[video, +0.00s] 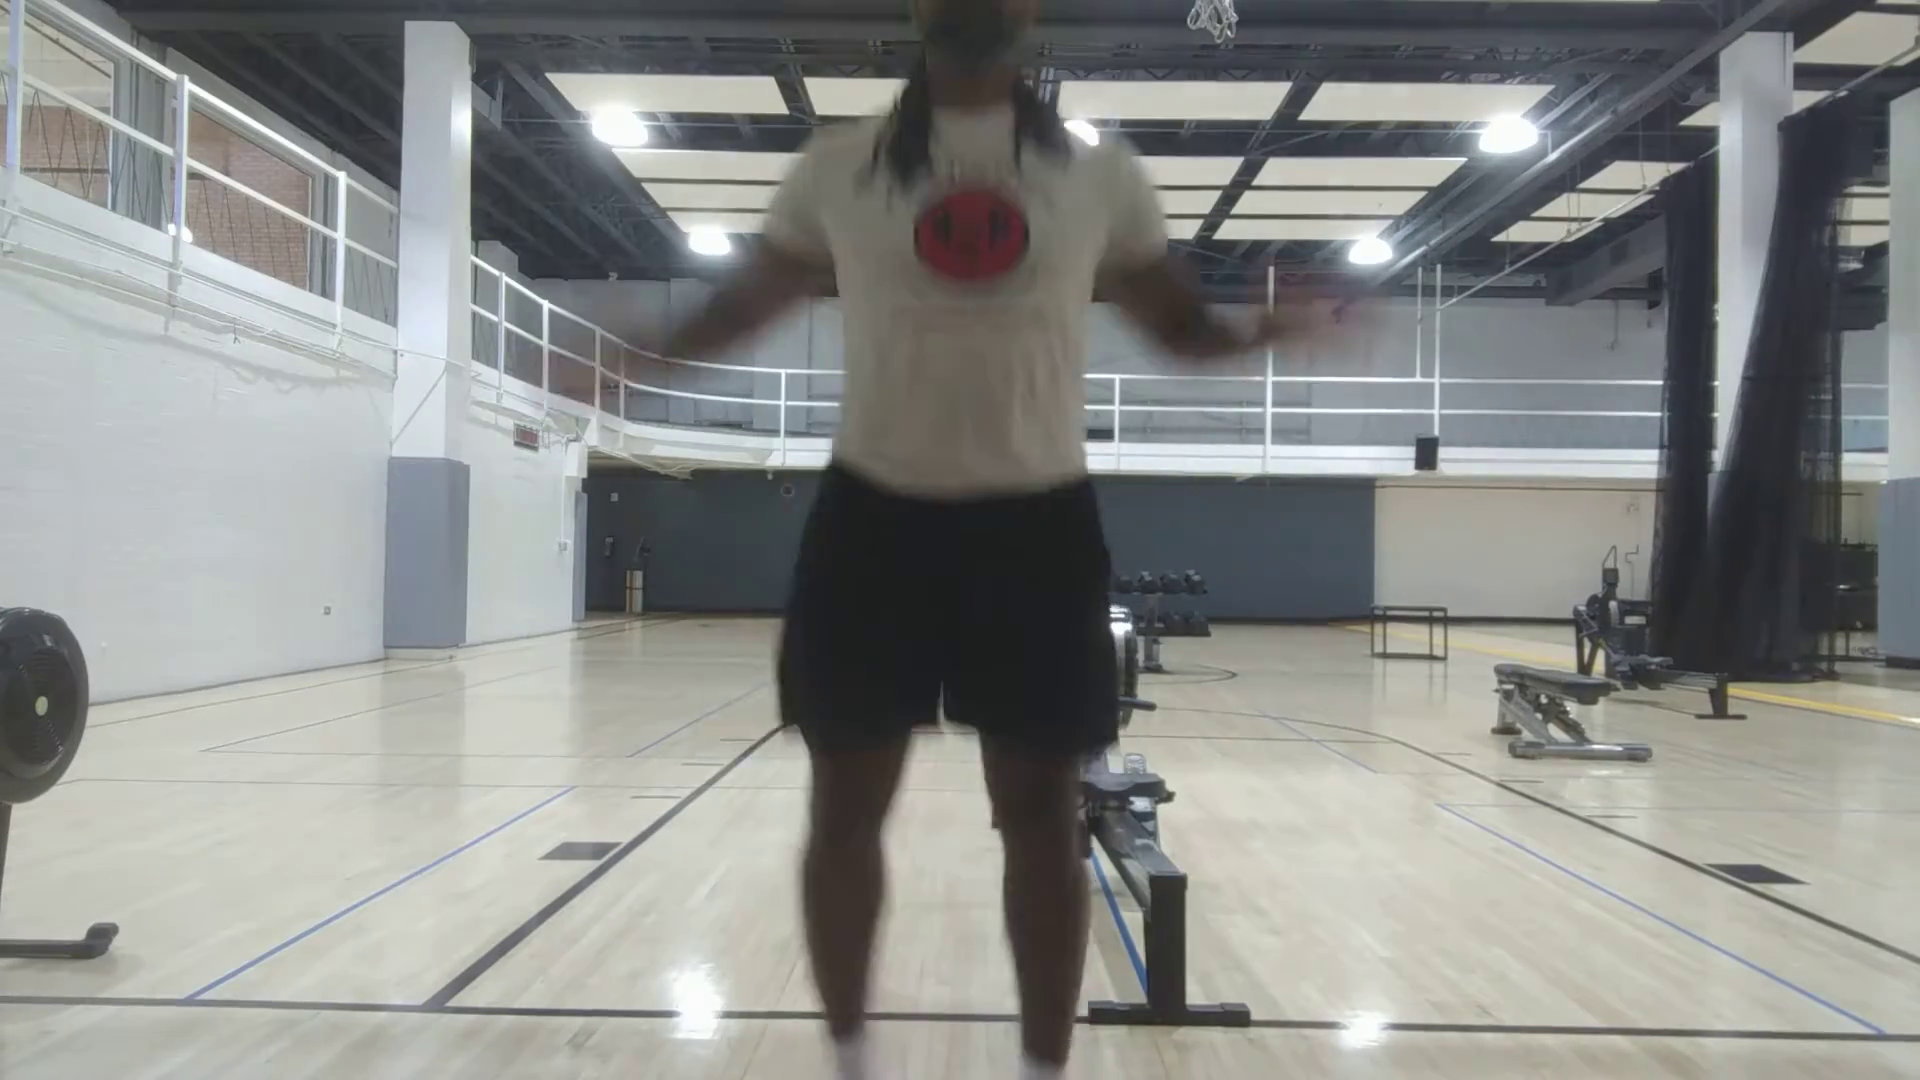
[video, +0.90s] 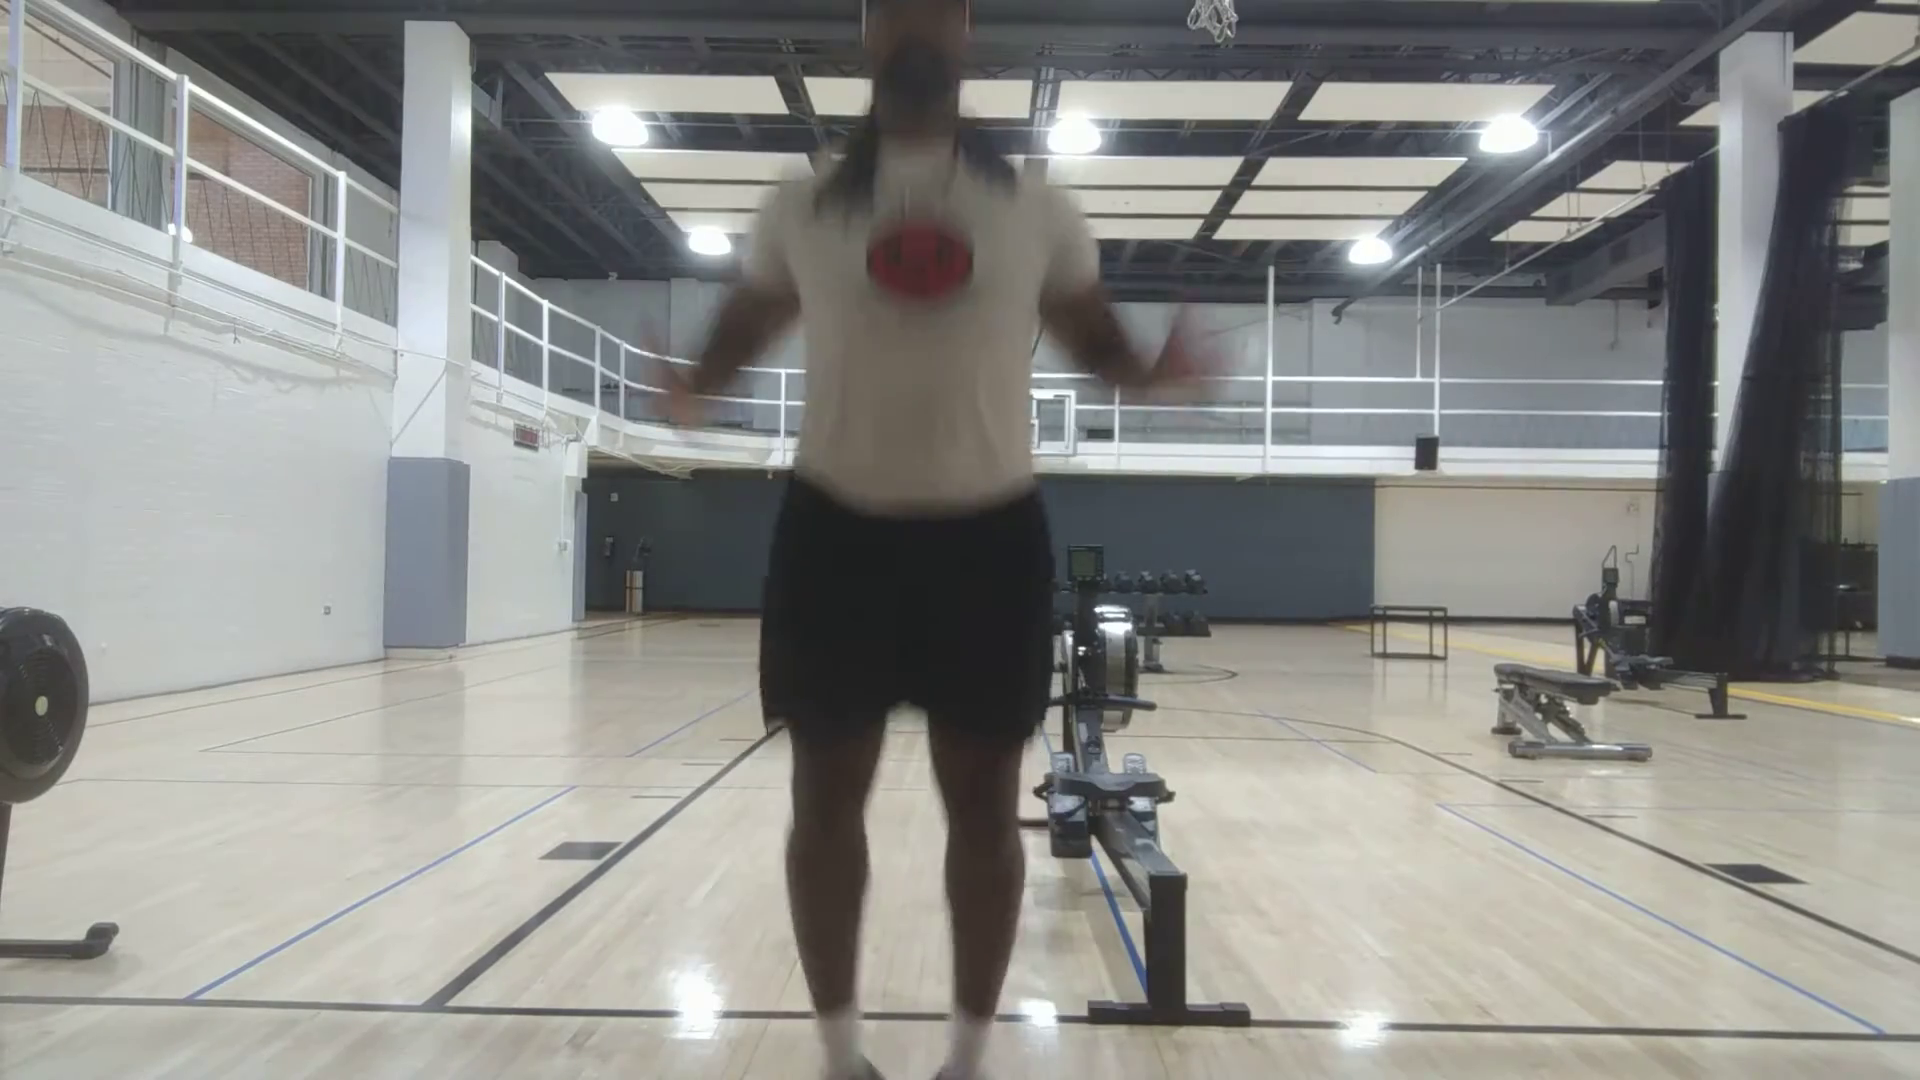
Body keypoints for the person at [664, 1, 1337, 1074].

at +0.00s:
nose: (974, 14)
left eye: (999, 4)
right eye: (954, 1)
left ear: (1033, 24)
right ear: (916, 17)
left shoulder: (1098, 177)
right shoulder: (844, 163)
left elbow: (1189, 332)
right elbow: (739, 309)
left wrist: (1274, 328)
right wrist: (642, 358)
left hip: (1035, 529)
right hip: (875, 524)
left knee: (1040, 816)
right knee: (845, 805)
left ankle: (1046, 1066)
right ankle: (848, 1056)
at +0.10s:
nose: (949, 19)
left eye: (970, 10)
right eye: (935, 10)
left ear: (1014, 21)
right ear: (912, 24)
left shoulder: (1092, 125)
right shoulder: (841, 127)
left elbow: (1236, 241)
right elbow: (668, 236)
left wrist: (1311, 146)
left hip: (1029, 495)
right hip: (865, 488)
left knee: (1063, 802)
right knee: (800, 782)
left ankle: (1090, 1056)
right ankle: (750, 1046)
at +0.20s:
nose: (955, 25)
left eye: (978, 11)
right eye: (933, 9)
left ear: (1008, 38)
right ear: (898, 35)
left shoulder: (1083, 170)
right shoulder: (827, 170)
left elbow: (1268, 166)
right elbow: (644, 178)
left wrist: (1259, 48)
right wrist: (607, 40)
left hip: (1023, 552)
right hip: (857, 543)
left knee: (1084, 842)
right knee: (758, 818)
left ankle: (1129, 1066)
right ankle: (666, 1050)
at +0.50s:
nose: (939, 23)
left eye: (960, 10)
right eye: (917, 10)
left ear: (992, 32)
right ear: (878, 29)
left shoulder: (1062, 157)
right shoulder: (810, 144)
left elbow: (1218, 239)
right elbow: (637, 191)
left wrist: (1330, 132)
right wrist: (555, 83)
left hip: (1000, 506)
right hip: (841, 499)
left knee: (1037, 792)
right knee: (774, 773)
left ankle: (1062, 1038)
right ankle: (745, 1030)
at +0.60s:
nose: (922, 17)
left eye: (945, 6)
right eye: (907, 5)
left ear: (981, 19)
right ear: (878, 18)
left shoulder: (1052, 158)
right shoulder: (808, 144)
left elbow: (1133, 297)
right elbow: (701, 253)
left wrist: (1206, 302)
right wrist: (645, 248)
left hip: (995, 498)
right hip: (838, 492)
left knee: (997, 793)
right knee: (814, 783)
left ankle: (976, 1044)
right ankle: (832, 1037)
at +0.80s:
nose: (918, 96)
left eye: (941, 77)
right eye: (898, 77)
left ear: (975, 105)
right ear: (868, 103)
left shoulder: (1036, 275)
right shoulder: (806, 269)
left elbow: (1074, 418)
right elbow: (758, 427)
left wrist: (1079, 477)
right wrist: (782, 483)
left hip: (988, 603)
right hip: (840, 600)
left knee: (983, 885)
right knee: (835, 878)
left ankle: (958, 1069)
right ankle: (855, 1069)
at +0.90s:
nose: (918, 38)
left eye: (940, 20)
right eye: (898, 20)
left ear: (970, 38)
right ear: (866, 39)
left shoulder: (1033, 199)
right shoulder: (808, 201)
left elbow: (1097, 342)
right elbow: (734, 338)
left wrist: (1153, 369)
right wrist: (694, 382)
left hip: (987, 533)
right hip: (839, 530)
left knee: (982, 799)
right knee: (827, 798)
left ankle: (970, 1049)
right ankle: (840, 1048)